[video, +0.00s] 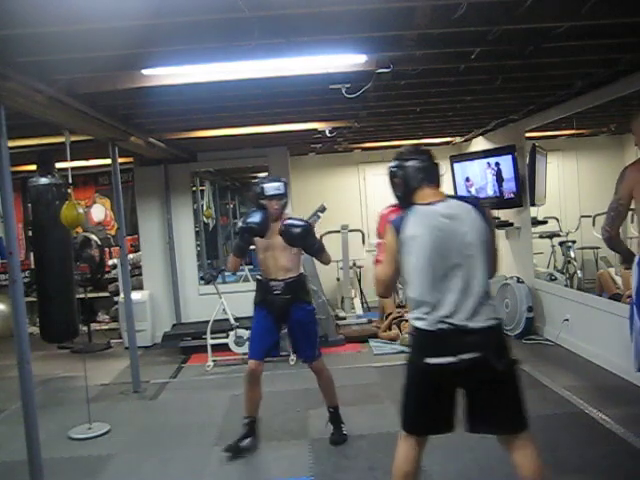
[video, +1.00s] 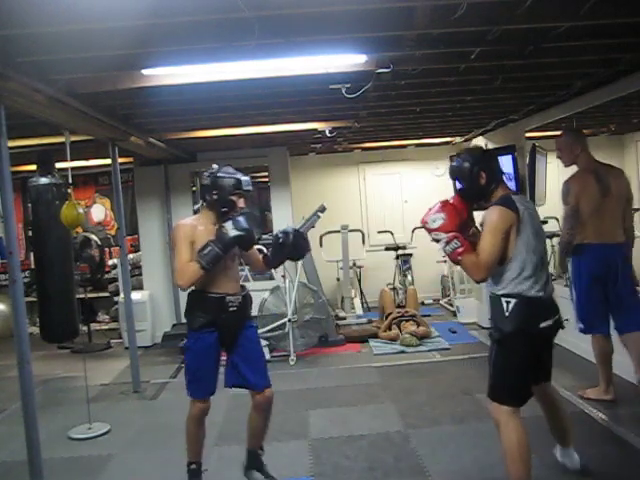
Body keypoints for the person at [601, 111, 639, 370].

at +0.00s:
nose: (635, 141)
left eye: (635, 135)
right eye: (635, 135)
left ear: (637, 137)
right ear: (637, 138)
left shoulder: (632, 173)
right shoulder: (630, 173)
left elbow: (609, 232)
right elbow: (609, 232)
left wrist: (629, 257)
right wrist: (629, 258)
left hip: (639, 271)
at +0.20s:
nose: (628, 146)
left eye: (630, 140)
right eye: (628, 140)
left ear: (637, 141)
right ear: (632, 140)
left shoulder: (629, 177)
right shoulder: (627, 177)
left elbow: (614, 232)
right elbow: (614, 233)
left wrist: (612, 262)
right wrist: (613, 262)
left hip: (634, 260)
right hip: (632, 261)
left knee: (634, 333)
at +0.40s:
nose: (621, 143)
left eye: (623, 135)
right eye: (621, 136)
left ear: (635, 136)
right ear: (633, 136)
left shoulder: (626, 170)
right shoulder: (626, 171)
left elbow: (616, 225)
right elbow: (617, 225)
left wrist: (605, 262)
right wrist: (607, 263)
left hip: (632, 256)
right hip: (630, 256)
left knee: (621, 333)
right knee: (621, 332)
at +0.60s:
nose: (603, 143)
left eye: (606, 137)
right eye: (603, 137)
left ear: (623, 137)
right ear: (627, 136)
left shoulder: (616, 171)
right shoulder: (632, 167)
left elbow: (616, 221)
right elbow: (618, 222)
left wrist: (597, 258)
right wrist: (601, 257)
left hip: (627, 255)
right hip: (631, 252)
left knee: (613, 328)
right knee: (614, 326)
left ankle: (619, 395)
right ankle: (619, 393)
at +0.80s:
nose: (580, 153)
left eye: (583, 146)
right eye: (580, 146)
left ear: (599, 144)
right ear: (604, 144)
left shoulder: (593, 181)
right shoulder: (634, 173)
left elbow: (596, 230)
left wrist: (584, 267)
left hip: (612, 258)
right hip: (635, 253)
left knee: (609, 325)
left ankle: (607, 387)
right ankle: (608, 385)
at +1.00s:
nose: (558, 155)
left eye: (561, 149)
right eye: (557, 150)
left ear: (577, 148)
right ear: (582, 147)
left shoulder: (573, 183)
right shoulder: (618, 175)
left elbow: (568, 229)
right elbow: (628, 224)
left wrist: (561, 258)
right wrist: (627, 260)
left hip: (588, 256)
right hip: (619, 254)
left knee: (598, 326)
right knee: (629, 322)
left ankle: (605, 387)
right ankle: (637, 378)